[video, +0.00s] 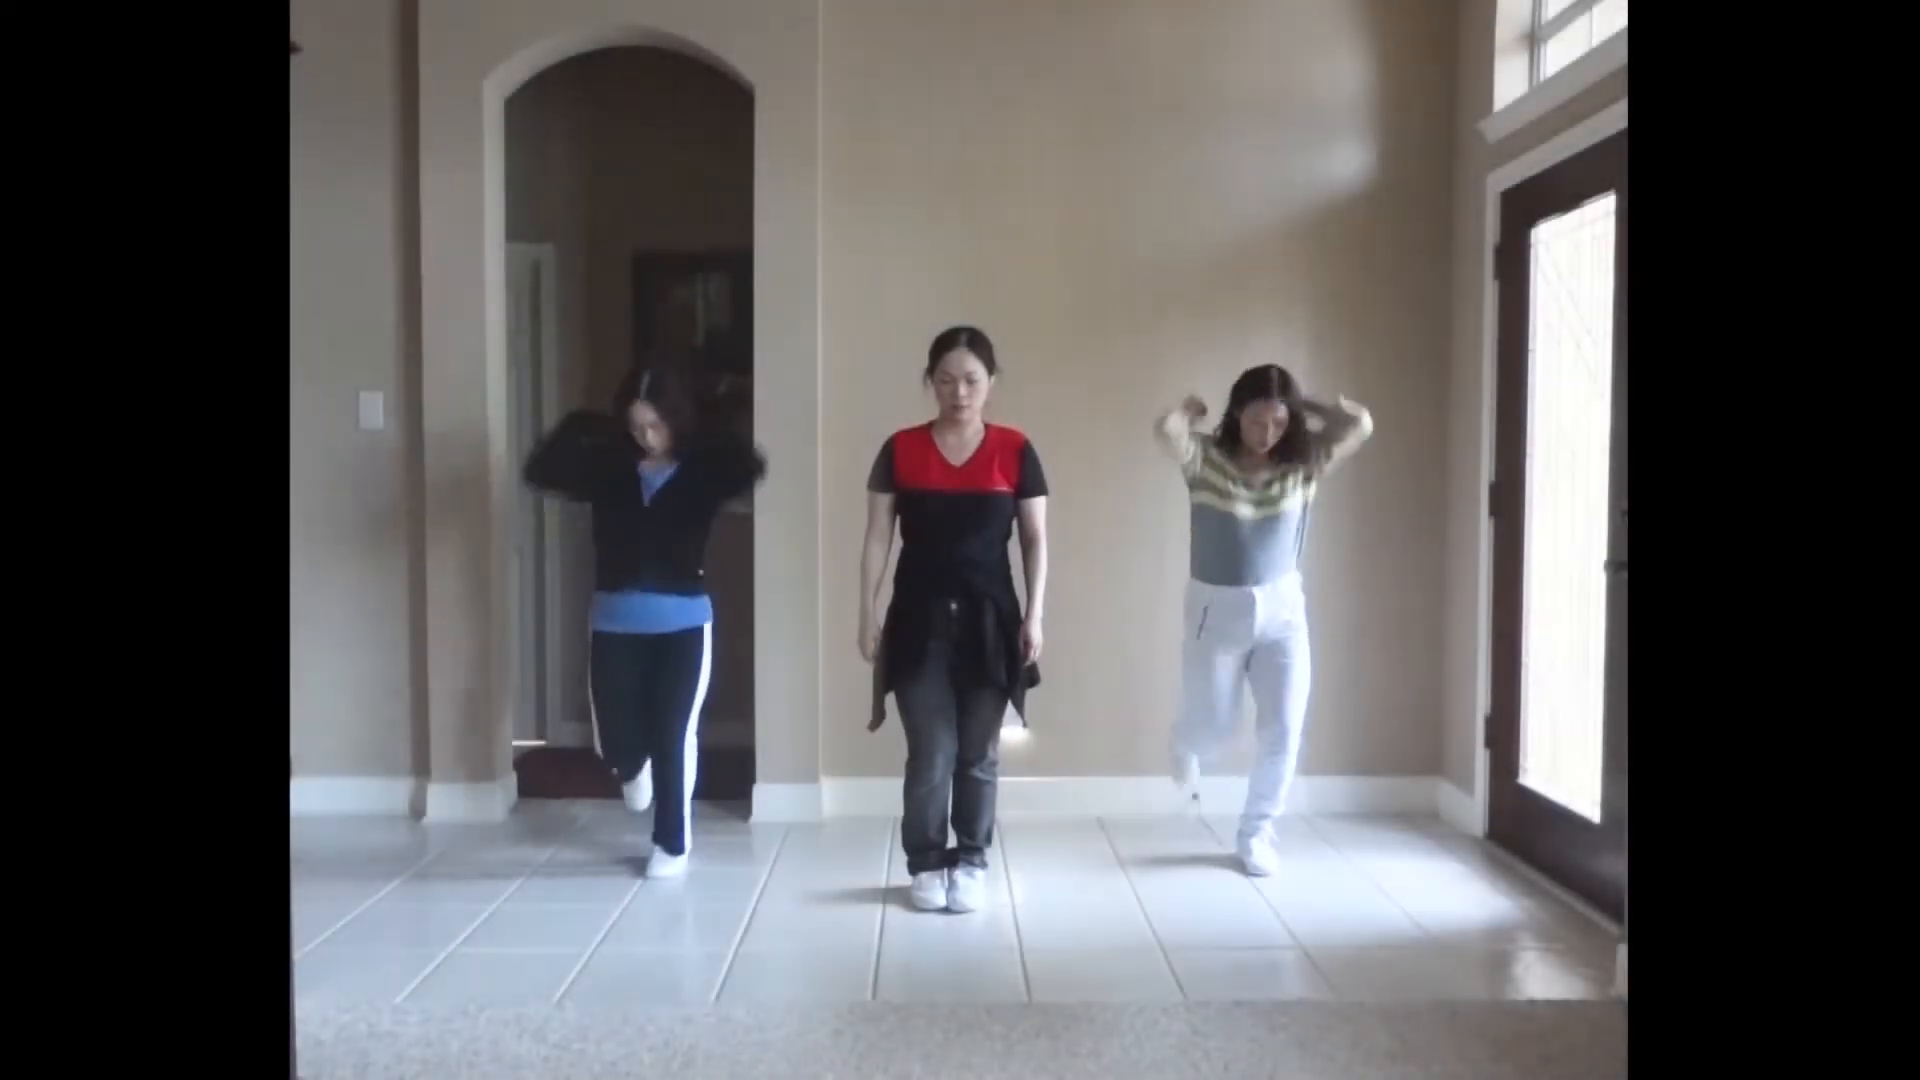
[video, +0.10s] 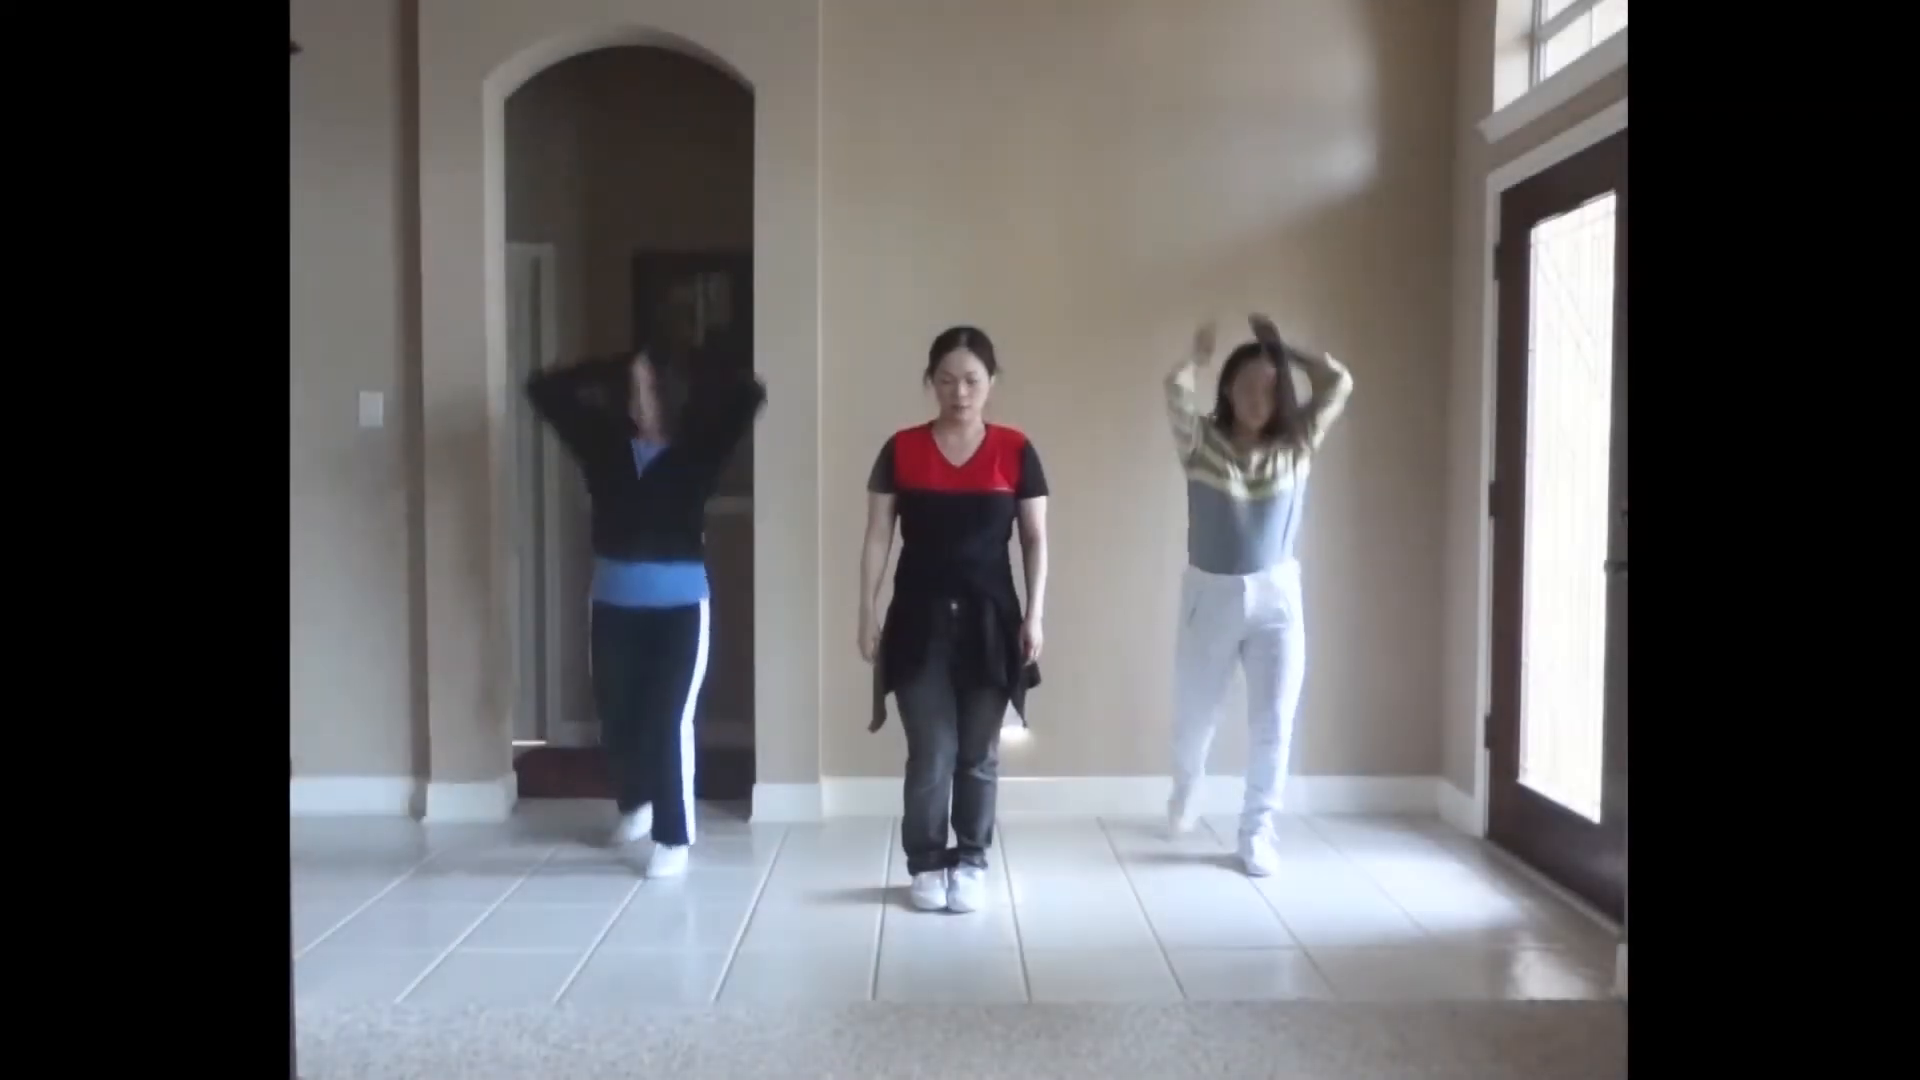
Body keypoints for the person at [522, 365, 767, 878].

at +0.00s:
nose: (644, 435)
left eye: (653, 424)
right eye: (636, 425)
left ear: (677, 423)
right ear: (627, 425)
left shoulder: (702, 472)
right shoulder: (609, 469)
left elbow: (749, 467)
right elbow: (541, 471)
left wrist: (705, 433)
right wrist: (584, 423)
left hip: (682, 627)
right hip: (615, 626)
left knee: (673, 739)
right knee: (618, 746)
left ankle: (670, 847)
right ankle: (635, 768)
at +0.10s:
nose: (642, 399)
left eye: (652, 388)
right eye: (635, 389)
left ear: (673, 395)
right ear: (626, 395)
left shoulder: (699, 449)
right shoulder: (601, 442)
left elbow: (748, 394)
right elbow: (543, 389)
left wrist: (696, 371)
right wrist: (611, 369)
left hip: (679, 604)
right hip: (615, 602)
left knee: (669, 721)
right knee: (619, 713)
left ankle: (672, 841)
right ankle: (637, 804)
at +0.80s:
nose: (644, 393)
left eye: (653, 386)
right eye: (634, 386)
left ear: (670, 396)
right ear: (620, 395)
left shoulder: (683, 434)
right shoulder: (602, 432)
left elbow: (685, 432)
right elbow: (587, 431)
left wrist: (649, 418)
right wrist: (610, 411)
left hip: (667, 585)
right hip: (611, 584)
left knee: (656, 701)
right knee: (623, 702)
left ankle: (683, 819)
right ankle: (641, 817)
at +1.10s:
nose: (645, 413)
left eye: (654, 404)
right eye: (636, 406)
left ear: (671, 406)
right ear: (625, 412)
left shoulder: (690, 456)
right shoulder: (607, 457)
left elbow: (692, 528)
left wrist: (647, 502)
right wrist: (614, 497)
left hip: (667, 590)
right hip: (611, 588)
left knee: (655, 697)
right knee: (616, 698)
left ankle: (681, 818)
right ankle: (640, 820)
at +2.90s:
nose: (648, 442)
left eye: (655, 431)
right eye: (638, 435)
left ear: (676, 428)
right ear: (630, 441)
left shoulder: (703, 481)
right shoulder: (618, 484)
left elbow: (704, 542)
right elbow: (592, 541)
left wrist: (670, 583)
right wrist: (619, 577)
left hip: (682, 605)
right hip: (626, 604)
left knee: (630, 691)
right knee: (605, 700)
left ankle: (648, 814)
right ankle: (650, 809)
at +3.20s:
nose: (613, 434)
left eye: (618, 422)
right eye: (608, 424)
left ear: (642, 415)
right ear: (619, 425)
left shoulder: (699, 456)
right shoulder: (635, 467)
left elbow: (721, 538)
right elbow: (622, 551)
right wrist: (594, 618)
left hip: (701, 600)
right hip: (647, 596)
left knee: (700, 719)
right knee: (628, 705)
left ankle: (732, 849)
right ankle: (647, 818)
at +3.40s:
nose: (639, 404)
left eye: (644, 389)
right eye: (632, 396)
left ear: (670, 383)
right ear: (634, 402)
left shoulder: (714, 437)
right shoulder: (659, 450)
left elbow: (737, 519)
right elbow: (662, 534)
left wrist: (671, 505)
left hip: (725, 591)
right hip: (671, 592)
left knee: (729, 730)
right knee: (660, 711)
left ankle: (751, 862)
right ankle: (661, 802)